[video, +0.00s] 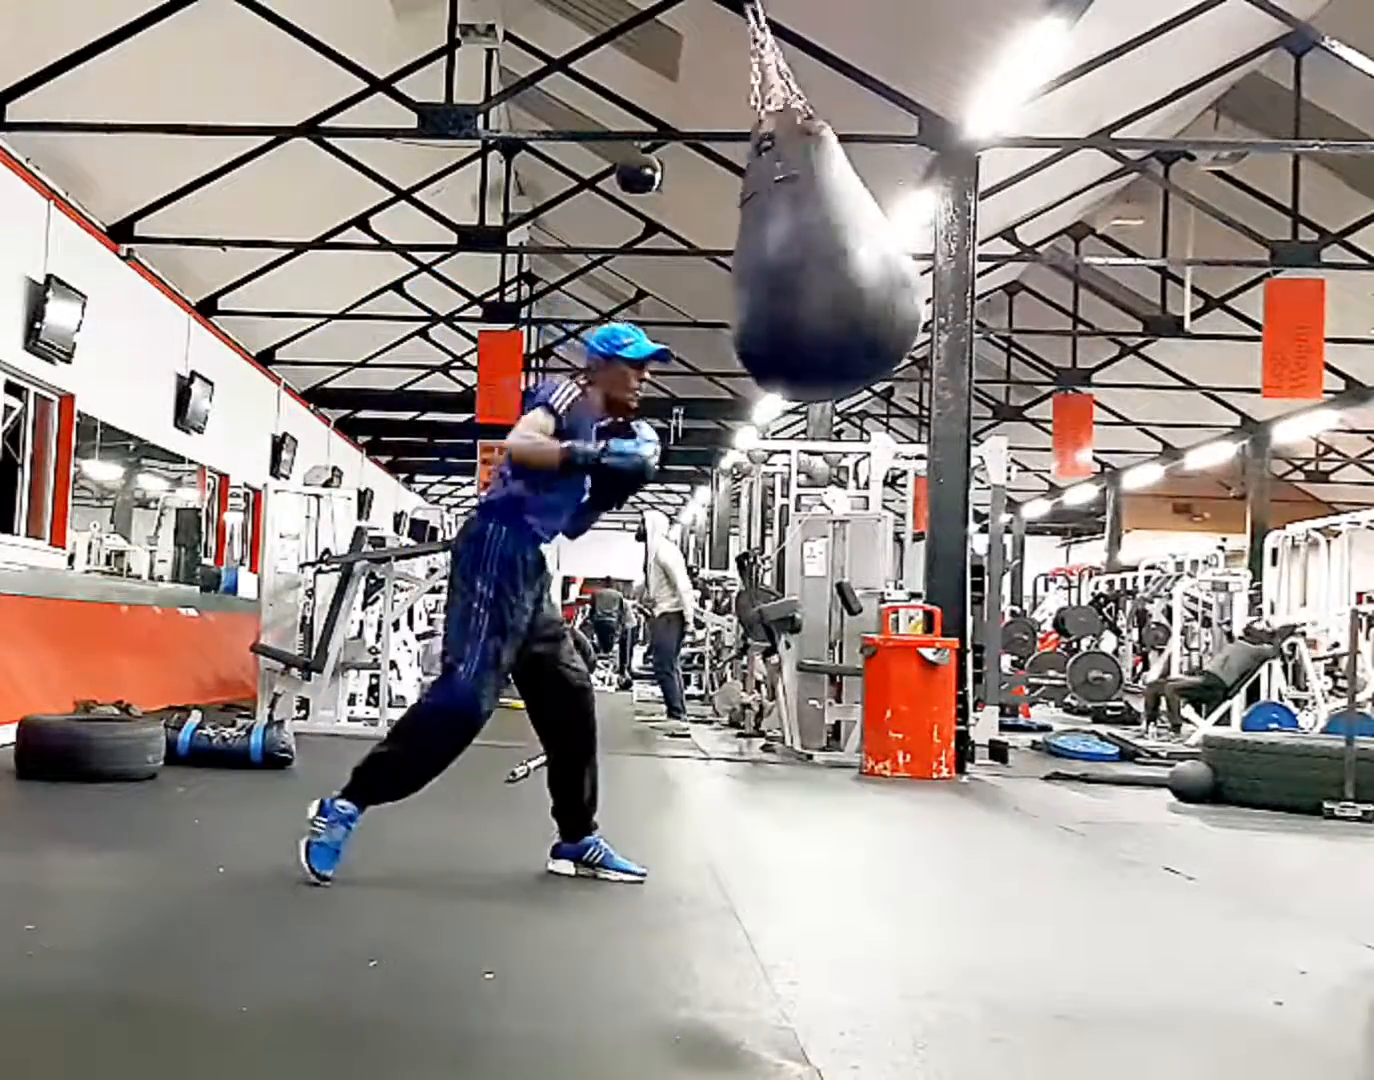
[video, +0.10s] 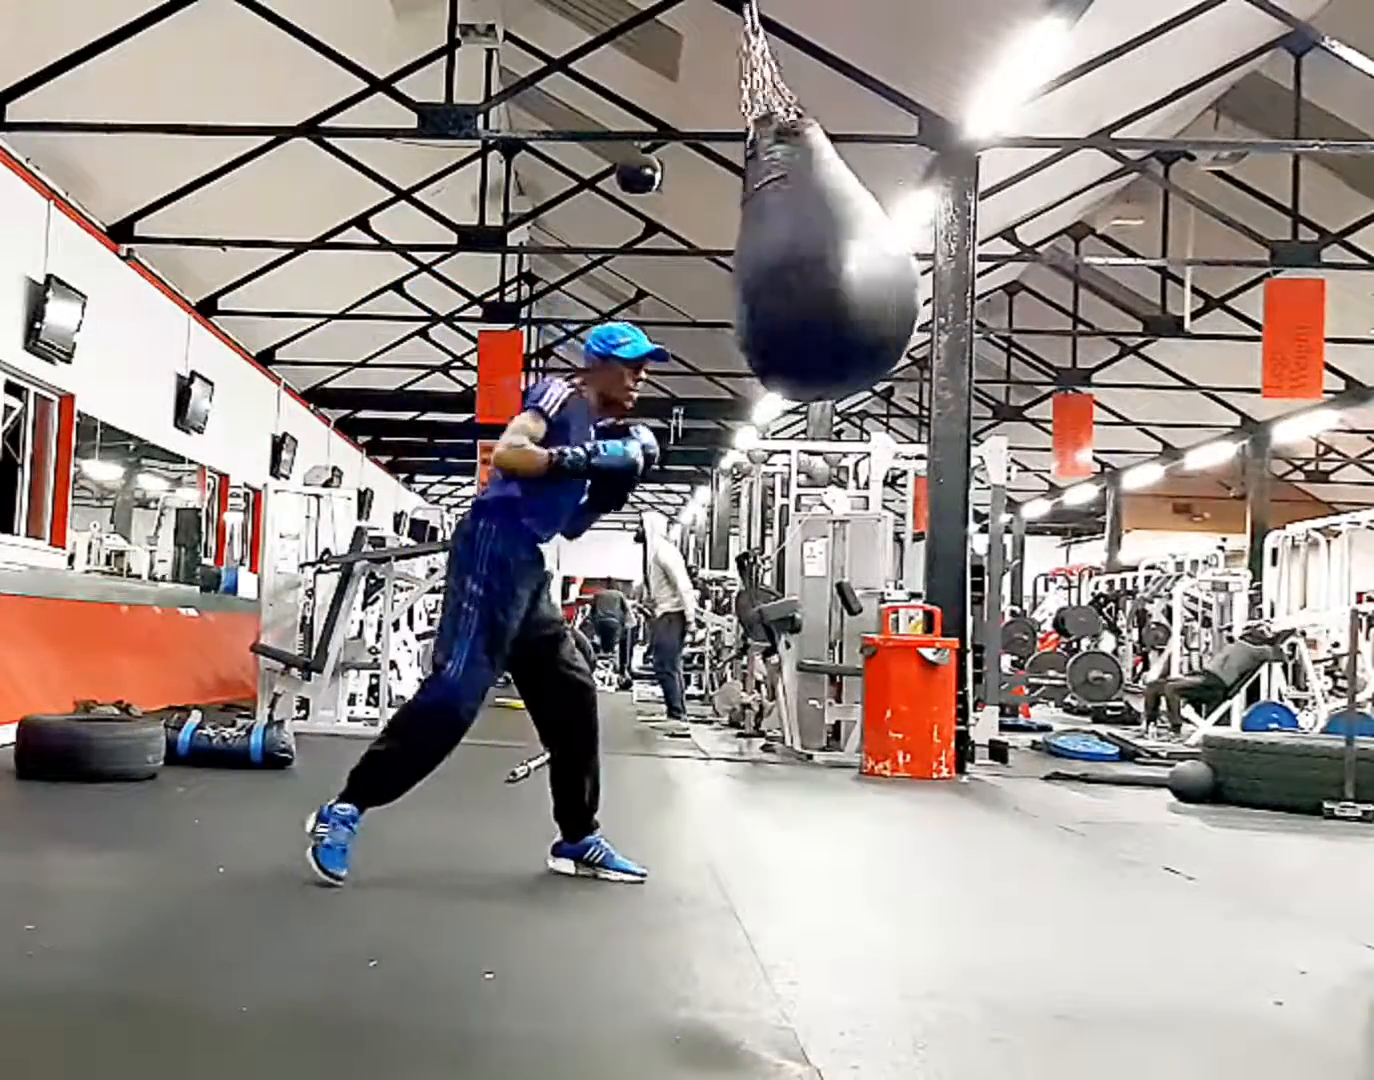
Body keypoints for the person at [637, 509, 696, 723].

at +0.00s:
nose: (638, 529)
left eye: (642, 525)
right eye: (640, 524)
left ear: (652, 528)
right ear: (655, 528)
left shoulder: (664, 550)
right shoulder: (654, 550)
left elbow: (682, 584)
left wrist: (689, 618)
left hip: (669, 612)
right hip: (662, 612)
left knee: (664, 664)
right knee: (668, 664)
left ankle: (676, 712)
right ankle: (677, 709)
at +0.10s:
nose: (637, 531)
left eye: (641, 526)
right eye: (638, 526)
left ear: (650, 529)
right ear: (654, 529)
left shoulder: (664, 551)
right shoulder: (653, 551)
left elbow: (683, 584)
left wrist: (690, 617)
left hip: (671, 613)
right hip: (662, 613)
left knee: (666, 664)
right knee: (668, 664)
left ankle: (676, 711)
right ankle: (675, 709)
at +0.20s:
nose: (634, 531)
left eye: (637, 527)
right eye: (636, 526)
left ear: (647, 529)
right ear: (652, 529)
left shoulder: (661, 550)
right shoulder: (652, 551)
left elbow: (682, 583)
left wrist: (690, 616)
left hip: (672, 613)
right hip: (662, 613)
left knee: (666, 664)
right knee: (668, 664)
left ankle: (676, 711)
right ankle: (675, 710)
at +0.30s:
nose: (631, 534)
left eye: (635, 529)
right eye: (633, 529)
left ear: (645, 530)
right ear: (649, 531)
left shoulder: (659, 551)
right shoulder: (650, 553)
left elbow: (679, 580)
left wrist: (690, 613)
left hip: (672, 613)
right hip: (664, 613)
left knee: (666, 663)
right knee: (668, 663)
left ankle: (676, 711)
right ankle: (676, 710)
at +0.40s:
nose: (628, 535)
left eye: (632, 530)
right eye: (629, 530)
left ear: (642, 532)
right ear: (645, 532)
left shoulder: (658, 555)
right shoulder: (649, 557)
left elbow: (678, 584)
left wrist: (688, 616)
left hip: (673, 614)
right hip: (665, 615)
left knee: (666, 665)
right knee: (672, 665)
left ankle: (676, 712)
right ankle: (676, 711)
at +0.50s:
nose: (626, 535)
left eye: (630, 530)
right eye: (627, 530)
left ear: (640, 533)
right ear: (643, 533)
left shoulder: (655, 557)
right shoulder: (644, 557)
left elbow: (676, 590)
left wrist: (683, 624)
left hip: (669, 616)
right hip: (659, 617)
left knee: (667, 667)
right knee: (669, 667)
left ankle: (676, 712)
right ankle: (676, 711)